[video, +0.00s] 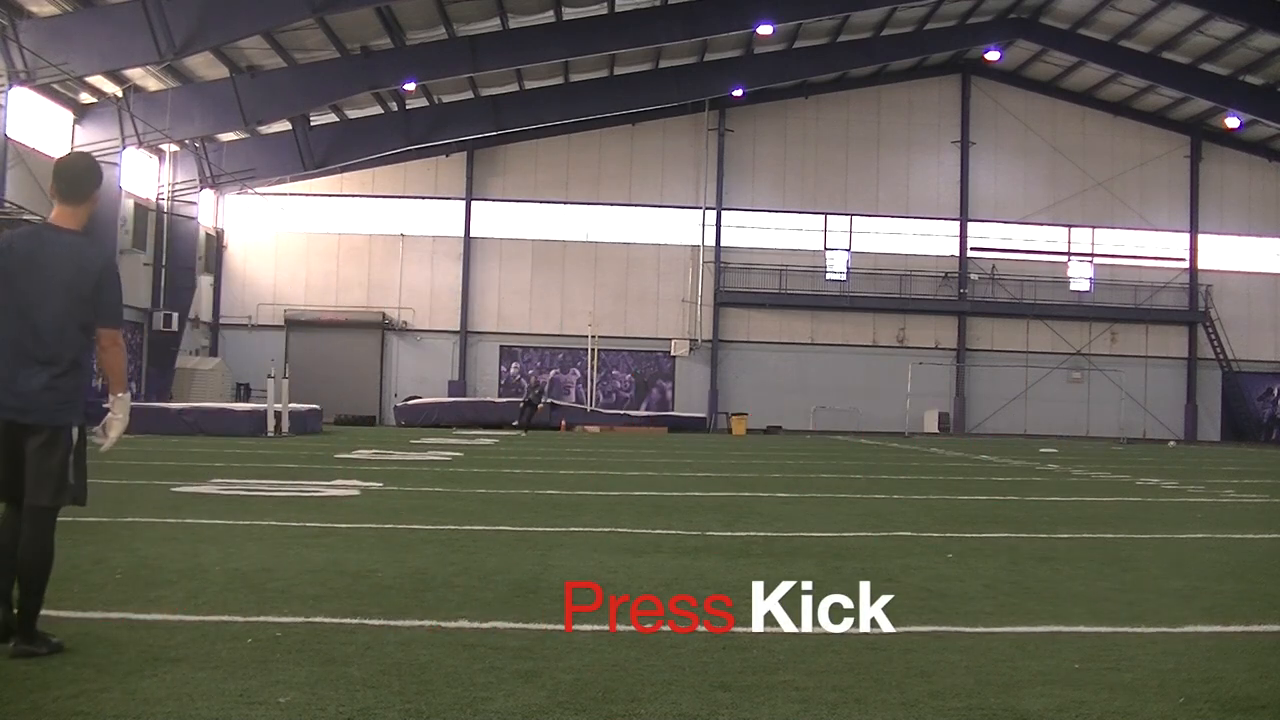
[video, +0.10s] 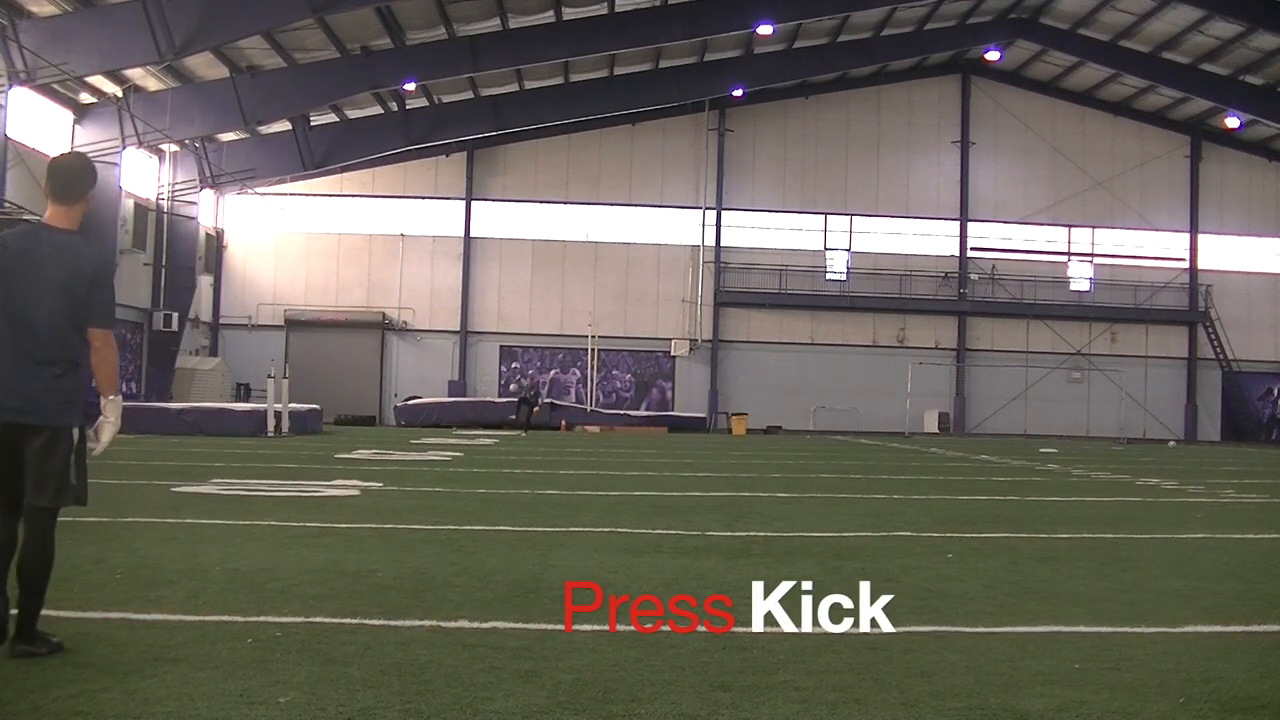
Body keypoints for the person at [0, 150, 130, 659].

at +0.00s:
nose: (95, 201)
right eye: (97, 193)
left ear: (51, 190)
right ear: (95, 196)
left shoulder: (12, 244)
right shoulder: (96, 257)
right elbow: (108, 338)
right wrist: (120, 401)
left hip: (5, 403)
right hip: (53, 409)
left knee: (12, 510)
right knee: (39, 519)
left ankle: (5, 616)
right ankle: (26, 631)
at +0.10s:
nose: (87, 201)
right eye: (90, 192)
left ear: (45, 190)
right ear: (89, 195)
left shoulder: (9, 244)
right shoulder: (92, 257)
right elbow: (100, 338)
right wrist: (113, 406)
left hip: (3, 406)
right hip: (53, 412)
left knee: (5, 518)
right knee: (40, 523)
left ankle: (6, 622)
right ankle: (26, 632)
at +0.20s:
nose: (82, 201)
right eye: (84, 193)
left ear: (38, 190)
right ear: (83, 195)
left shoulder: (8, 240)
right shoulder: (87, 256)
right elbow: (91, 339)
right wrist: (104, 408)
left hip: (2, 409)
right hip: (50, 414)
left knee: (4, 521)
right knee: (39, 525)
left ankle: (15, 627)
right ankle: (25, 632)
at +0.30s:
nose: (77, 199)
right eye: (78, 193)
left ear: (31, 188)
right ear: (75, 195)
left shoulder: (6, 240)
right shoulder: (79, 257)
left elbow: (83, 339)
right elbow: (83, 339)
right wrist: (100, 409)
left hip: (3, 409)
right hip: (45, 414)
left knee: (8, 521)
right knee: (38, 525)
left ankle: (22, 632)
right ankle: (26, 633)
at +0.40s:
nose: (70, 196)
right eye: (70, 189)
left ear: (21, 188)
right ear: (65, 191)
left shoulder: (4, 237)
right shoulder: (75, 255)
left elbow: (80, 338)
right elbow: (79, 337)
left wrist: (94, 407)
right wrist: (96, 408)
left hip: (1, 410)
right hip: (42, 415)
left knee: (9, 525)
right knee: (36, 527)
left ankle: (22, 633)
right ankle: (26, 633)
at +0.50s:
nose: (57, 193)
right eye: (59, 185)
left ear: (10, 185)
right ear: (56, 187)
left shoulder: (3, 234)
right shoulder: (70, 249)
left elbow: (77, 332)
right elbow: (76, 330)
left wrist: (92, 401)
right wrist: (94, 402)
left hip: (4, 412)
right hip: (39, 414)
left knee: (25, 525)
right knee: (35, 526)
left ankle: (25, 631)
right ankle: (26, 632)